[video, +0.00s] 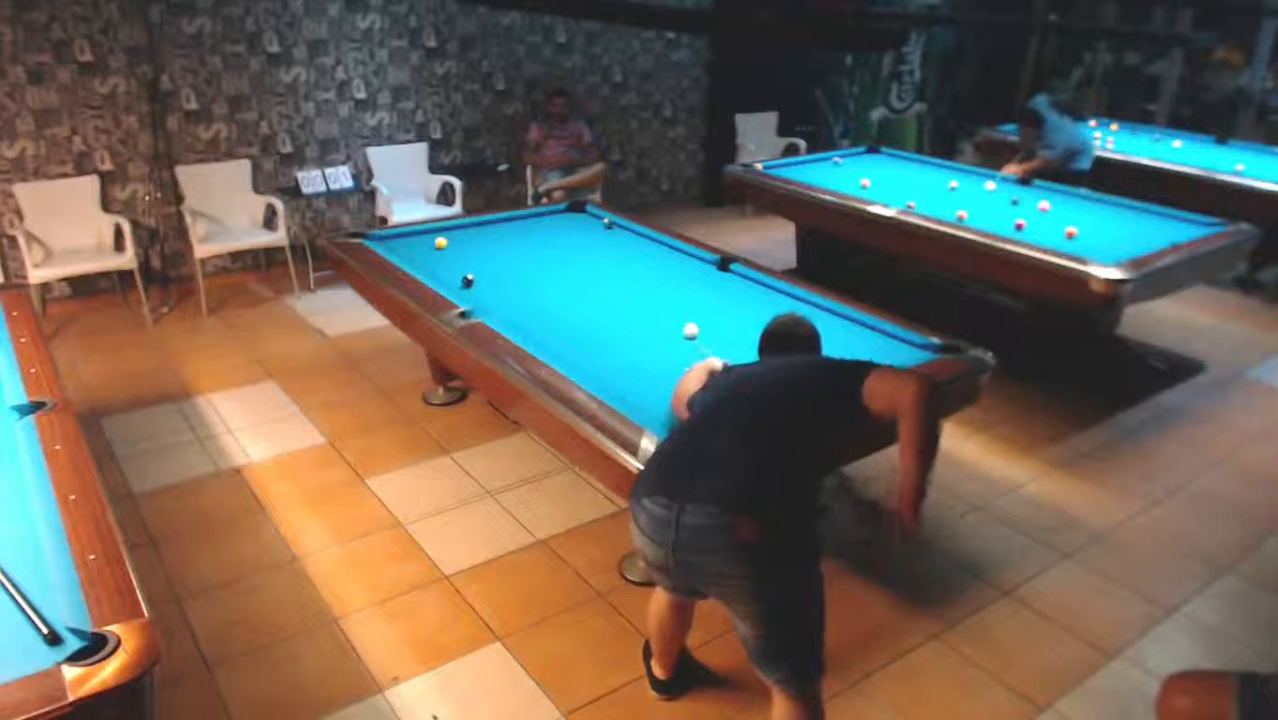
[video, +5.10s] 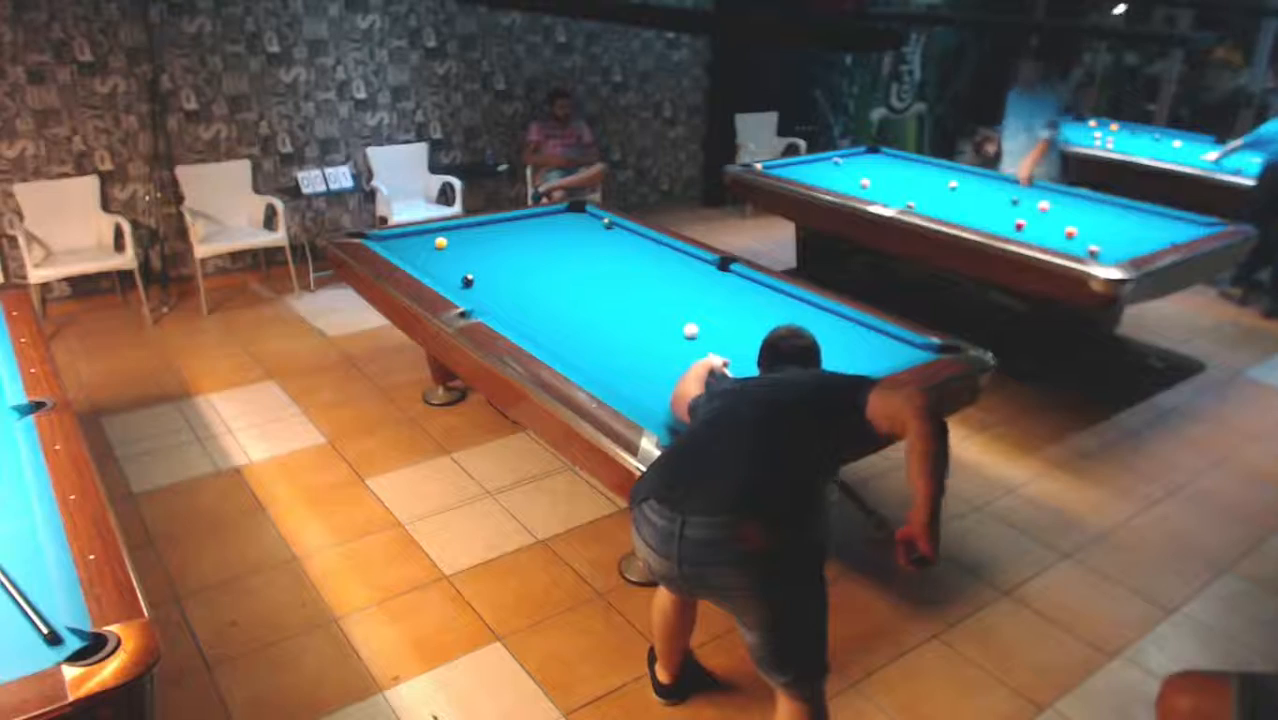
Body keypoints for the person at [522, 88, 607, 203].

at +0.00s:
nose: (559, 110)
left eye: (563, 106)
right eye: (555, 106)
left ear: (568, 108)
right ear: (548, 107)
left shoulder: (578, 126)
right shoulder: (539, 127)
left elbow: (593, 155)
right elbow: (528, 156)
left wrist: (572, 160)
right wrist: (552, 161)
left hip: (576, 166)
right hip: (550, 169)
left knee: (602, 169)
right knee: (558, 196)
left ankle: (551, 186)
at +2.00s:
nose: (559, 111)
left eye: (563, 107)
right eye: (556, 107)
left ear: (568, 108)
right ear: (549, 108)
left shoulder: (578, 125)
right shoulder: (538, 126)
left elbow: (593, 154)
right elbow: (529, 158)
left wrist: (570, 160)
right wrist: (557, 161)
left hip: (576, 166)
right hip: (550, 169)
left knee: (601, 168)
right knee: (558, 196)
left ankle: (549, 187)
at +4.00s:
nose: (562, 111)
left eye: (565, 107)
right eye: (558, 107)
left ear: (570, 108)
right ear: (551, 108)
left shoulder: (579, 126)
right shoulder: (540, 127)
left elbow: (593, 154)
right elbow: (529, 157)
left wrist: (570, 160)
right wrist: (554, 162)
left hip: (577, 166)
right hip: (550, 170)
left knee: (601, 169)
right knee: (558, 196)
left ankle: (552, 185)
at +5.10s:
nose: (565, 111)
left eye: (568, 107)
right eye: (561, 107)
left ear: (572, 108)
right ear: (552, 108)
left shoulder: (579, 126)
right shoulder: (539, 127)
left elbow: (593, 155)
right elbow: (529, 157)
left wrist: (572, 161)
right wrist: (555, 161)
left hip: (577, 167)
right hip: (551, 169)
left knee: (601, 169)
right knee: (559, 196)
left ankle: (551, 186)